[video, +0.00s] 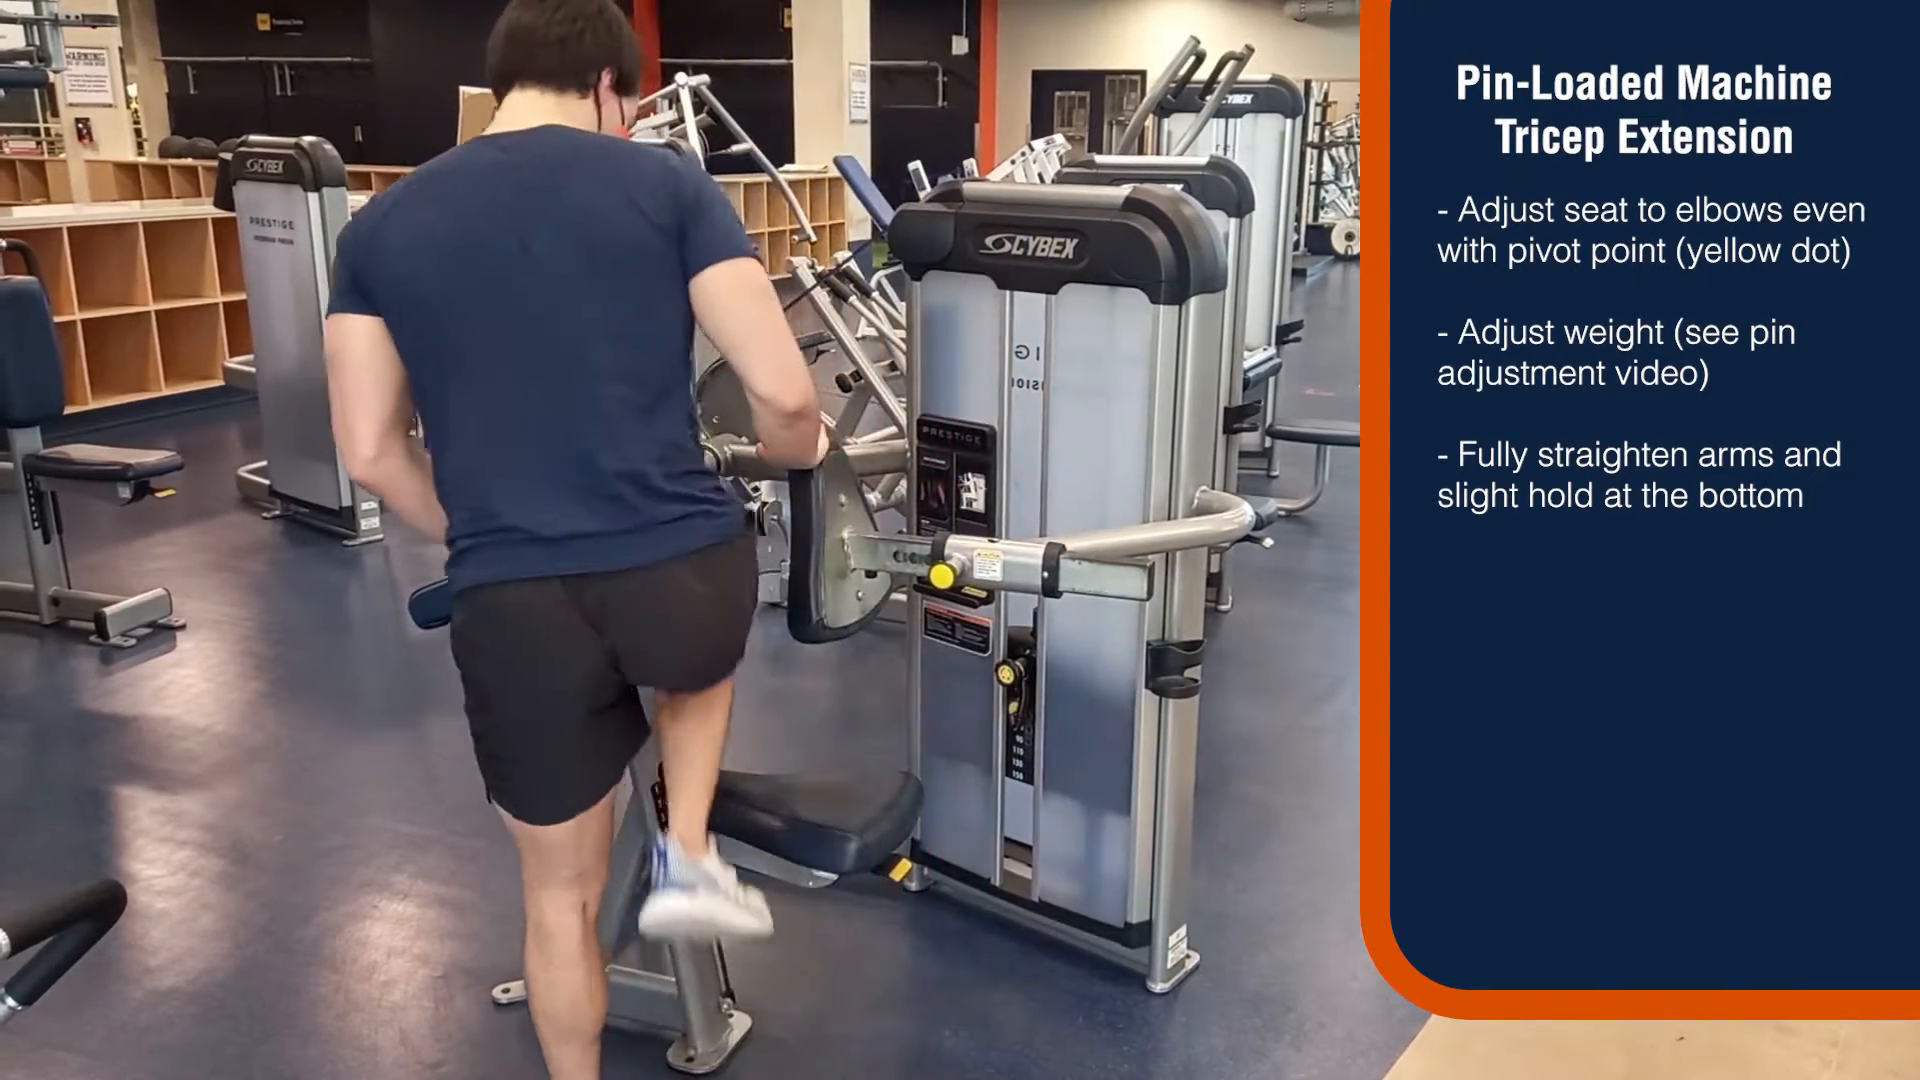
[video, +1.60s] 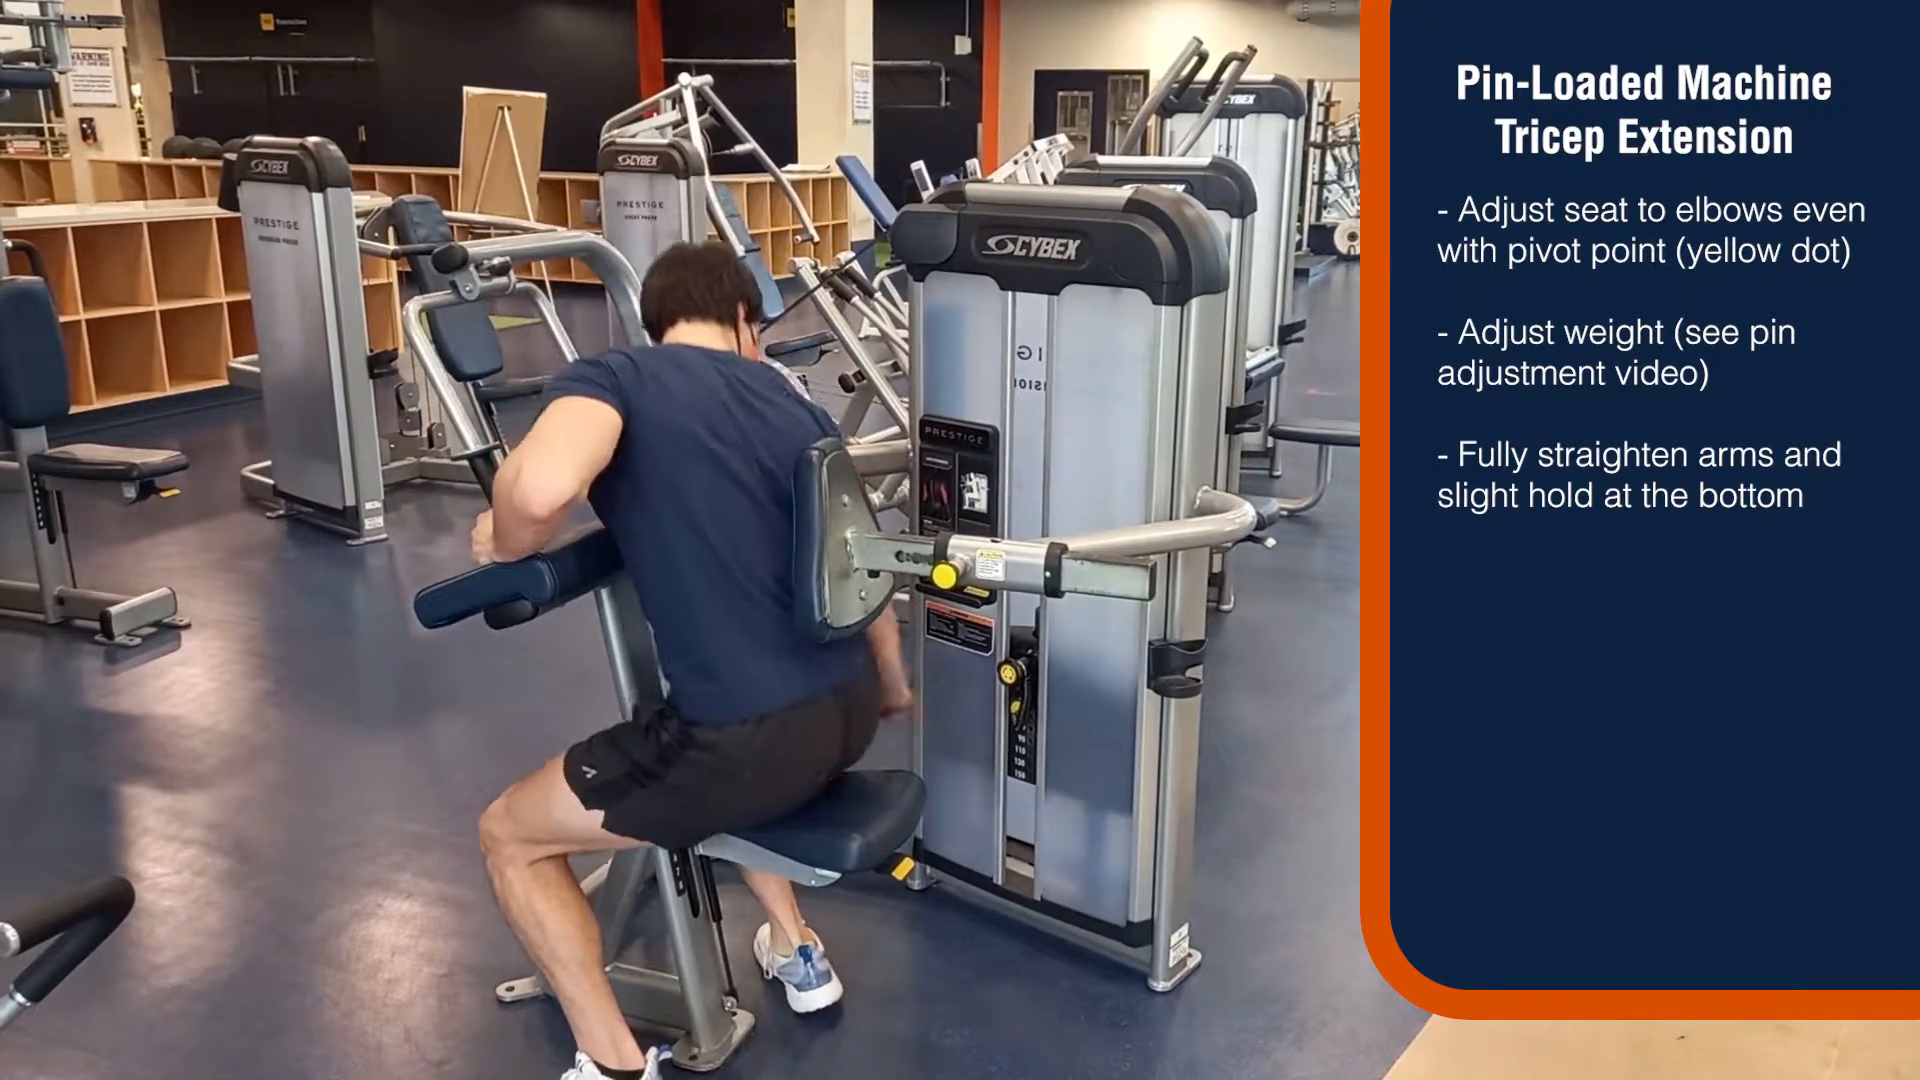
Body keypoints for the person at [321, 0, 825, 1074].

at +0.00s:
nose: (629, 127)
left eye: (629, 112)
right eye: (631, 110)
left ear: (496, 87)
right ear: (604, 94)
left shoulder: (384, 223)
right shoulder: (662, 185)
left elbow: (368, 448)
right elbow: (786, 397)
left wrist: (469, 527)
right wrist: (787, 452)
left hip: (511, 609)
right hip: (677, 577)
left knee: (560, 898)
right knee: (694, 656)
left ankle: (575, 1076)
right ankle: (687, 857)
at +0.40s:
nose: (588, 120)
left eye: (588, 108)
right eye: (588, 105)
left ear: (448, 82)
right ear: (556, 82)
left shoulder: (337, 226)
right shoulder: (618, 180)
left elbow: (343, 448)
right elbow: (747, 388)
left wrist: (455, 526)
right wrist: (789, 431)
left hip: (509, 612)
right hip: (662, 563)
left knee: (558, 886)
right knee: (723, 479)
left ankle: (576, 1078)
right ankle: (779, 714)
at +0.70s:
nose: (557, 110)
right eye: (558, 96)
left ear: (429, 100)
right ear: (543, 92)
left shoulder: (359, 246)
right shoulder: (642, 186)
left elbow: (379, 476)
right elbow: (760, 382)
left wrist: (500, 553)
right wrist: (718, 407)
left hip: (579, 601)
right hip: (727, 547)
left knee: (582, 874)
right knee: (765, 653)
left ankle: (588, 1076)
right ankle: (820, 822)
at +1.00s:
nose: (518, 149)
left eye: (515, 135)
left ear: (523, 133)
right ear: (631, 116)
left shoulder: (537, 238)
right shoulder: (721, 214)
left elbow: (544, 448)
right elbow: (816, 381)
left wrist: (507, 533)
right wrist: (767, 458)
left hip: (670, 567)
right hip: (779, 540)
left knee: (581, 822)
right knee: (751, 750)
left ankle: (607, 1067)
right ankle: (808, 957)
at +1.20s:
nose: (589, 196)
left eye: (588, 183)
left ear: (599, 179)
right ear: (699, 177)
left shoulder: (586, 250)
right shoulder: (766, 260)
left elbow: (579, 441)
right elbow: (853, 420)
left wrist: (513, 526)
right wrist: (773, 428)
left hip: (690, 603)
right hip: (796, 582)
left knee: (543, 821)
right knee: (730, 760)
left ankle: (616, 1062)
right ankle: (805, 957)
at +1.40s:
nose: (729, 272)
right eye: (729, 259)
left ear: (622, 261)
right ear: (723, 258)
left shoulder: (597, 311)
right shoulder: (780, 343)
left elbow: (534, 463)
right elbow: (849, 480)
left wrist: (489, 544)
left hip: (705, 680)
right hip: (823, 657)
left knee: (514, 831)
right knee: (710, 760)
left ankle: (616, 1062)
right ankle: (799, 947)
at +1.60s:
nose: (761, 342)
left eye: (760, 329)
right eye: (759, 328)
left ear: (651, 325)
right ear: (746, 324)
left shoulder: (618, 374)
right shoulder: (796, 403)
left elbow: (539, 492)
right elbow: (865, 556)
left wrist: (506, 542)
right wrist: (893, 682)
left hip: (738, 746)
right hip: (849, 711)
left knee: (510, 831)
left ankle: (613, 1060)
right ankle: (794, 947)